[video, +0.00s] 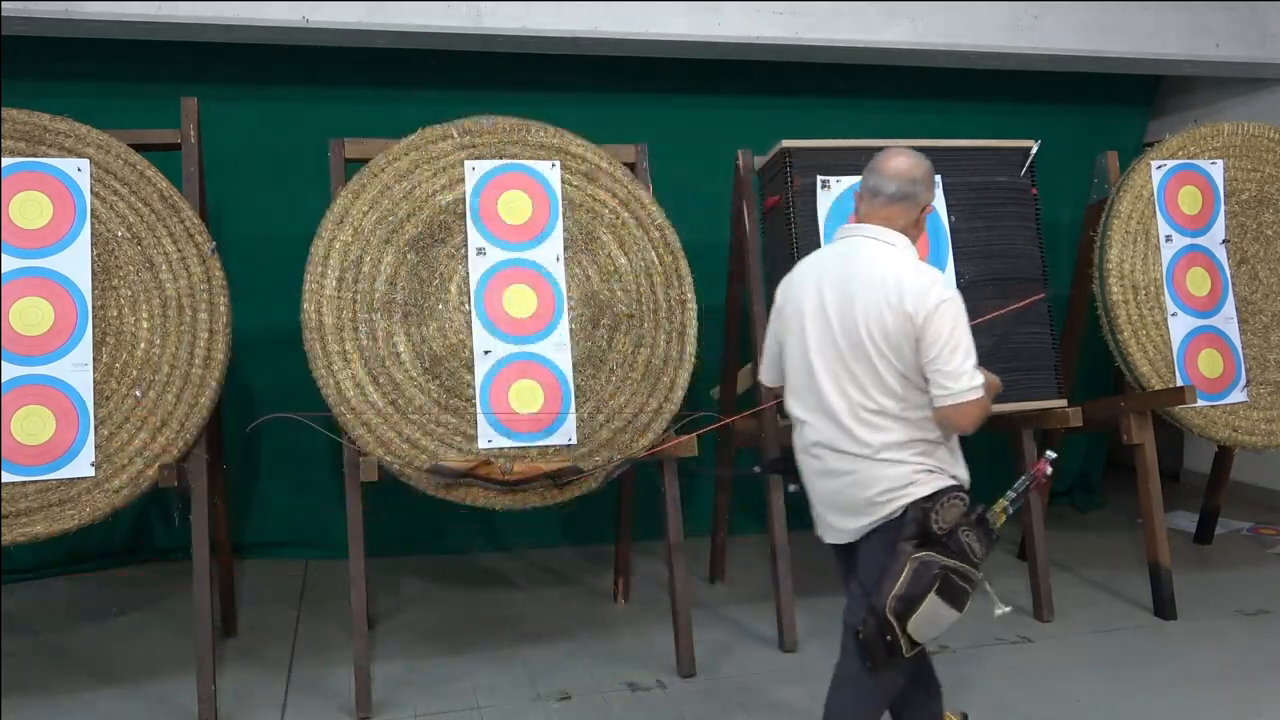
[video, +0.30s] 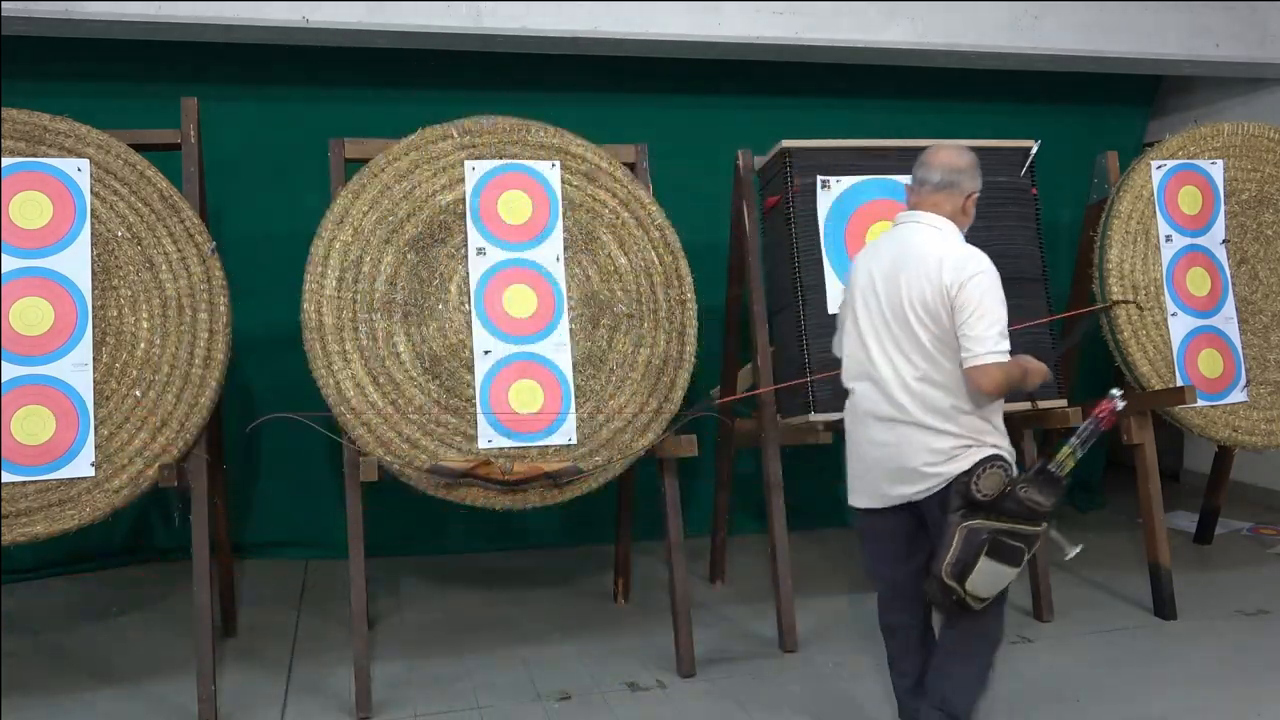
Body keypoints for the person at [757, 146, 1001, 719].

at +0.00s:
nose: (927, 219)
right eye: (927, 209)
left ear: (857, 200)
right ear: (922, 213)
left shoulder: (797, 280)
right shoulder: (926, 289)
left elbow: (774, 384)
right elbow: (960, 416)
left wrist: (843, 378)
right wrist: (986, 388)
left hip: (830, 495)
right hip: (909, 494)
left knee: (892, 633)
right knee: (870, 642)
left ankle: (925, 714)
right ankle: (846, 715)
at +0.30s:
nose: (974, 210)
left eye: (974, 202)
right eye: (975, 202)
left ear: (910, 191)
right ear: (967, 202)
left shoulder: (866, 262)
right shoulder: (966, 265)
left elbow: (850, 363)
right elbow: (985, 380)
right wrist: (1025, 371)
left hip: (874, 471)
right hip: (955, 465)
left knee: (901, 604)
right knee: (973, 604)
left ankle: (915, 709)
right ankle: (943, 708)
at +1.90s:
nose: (1018, 205)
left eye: (1016, 195)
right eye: (1006, 197)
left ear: (969, 205)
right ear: (967, 206)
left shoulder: (953, 245)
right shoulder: (952, 261)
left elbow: (902, 313)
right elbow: (911, 359)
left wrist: (981, 349)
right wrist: (991, 375)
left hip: (971, 438)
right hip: (967, 447)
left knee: (968, 545)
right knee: (972, 562)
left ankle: (935, 630)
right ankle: (942, 676)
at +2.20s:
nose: (983, 201)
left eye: (988, 189)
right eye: (966, 195)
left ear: (995, 193)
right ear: (936, 208)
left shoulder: (996, 257)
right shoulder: (916, 276)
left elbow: (1001, 340)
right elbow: (886, 378)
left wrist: (1049, 386)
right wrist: (968, 377)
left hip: (1020, 449)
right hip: (953, 459)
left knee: (1049, 557)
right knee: (961, 568)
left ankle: (1019, 669)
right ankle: (942, 676)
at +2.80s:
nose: (953, 185)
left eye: (969, 172)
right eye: (939, 175)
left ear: (996, 183)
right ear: (923, 187)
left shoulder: (1045, 269)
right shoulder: (888, 265)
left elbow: (1084, 385)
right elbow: (845, 354)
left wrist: (1097, 478)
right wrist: (861, 360)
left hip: (997, 498)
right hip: (905, 492)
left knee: (1002, 646)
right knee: (914, 620)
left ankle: (994, 715)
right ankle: (956, 694)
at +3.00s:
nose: (915, 188)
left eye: (931, 173)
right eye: (899, 178)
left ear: (961, 182)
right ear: (886, 195)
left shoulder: (1020, 264)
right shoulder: (867, 269)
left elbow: (1083, 378)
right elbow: (850, 353)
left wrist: (1049, 465)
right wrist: (838, 373)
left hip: (984, 524)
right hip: (881, 520)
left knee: (993, 683)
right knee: (875, 671)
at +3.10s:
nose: (892, 195)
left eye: (908, 179)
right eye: (876, 185)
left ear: (939, 186)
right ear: (864, 201)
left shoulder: (999, 267)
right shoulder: (845, 279)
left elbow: (1062, 379)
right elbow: (837, 364)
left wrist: (985, 443)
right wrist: (823, 382)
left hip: (971, 531)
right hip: (867, 528)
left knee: (990, 692)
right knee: (856, 688)